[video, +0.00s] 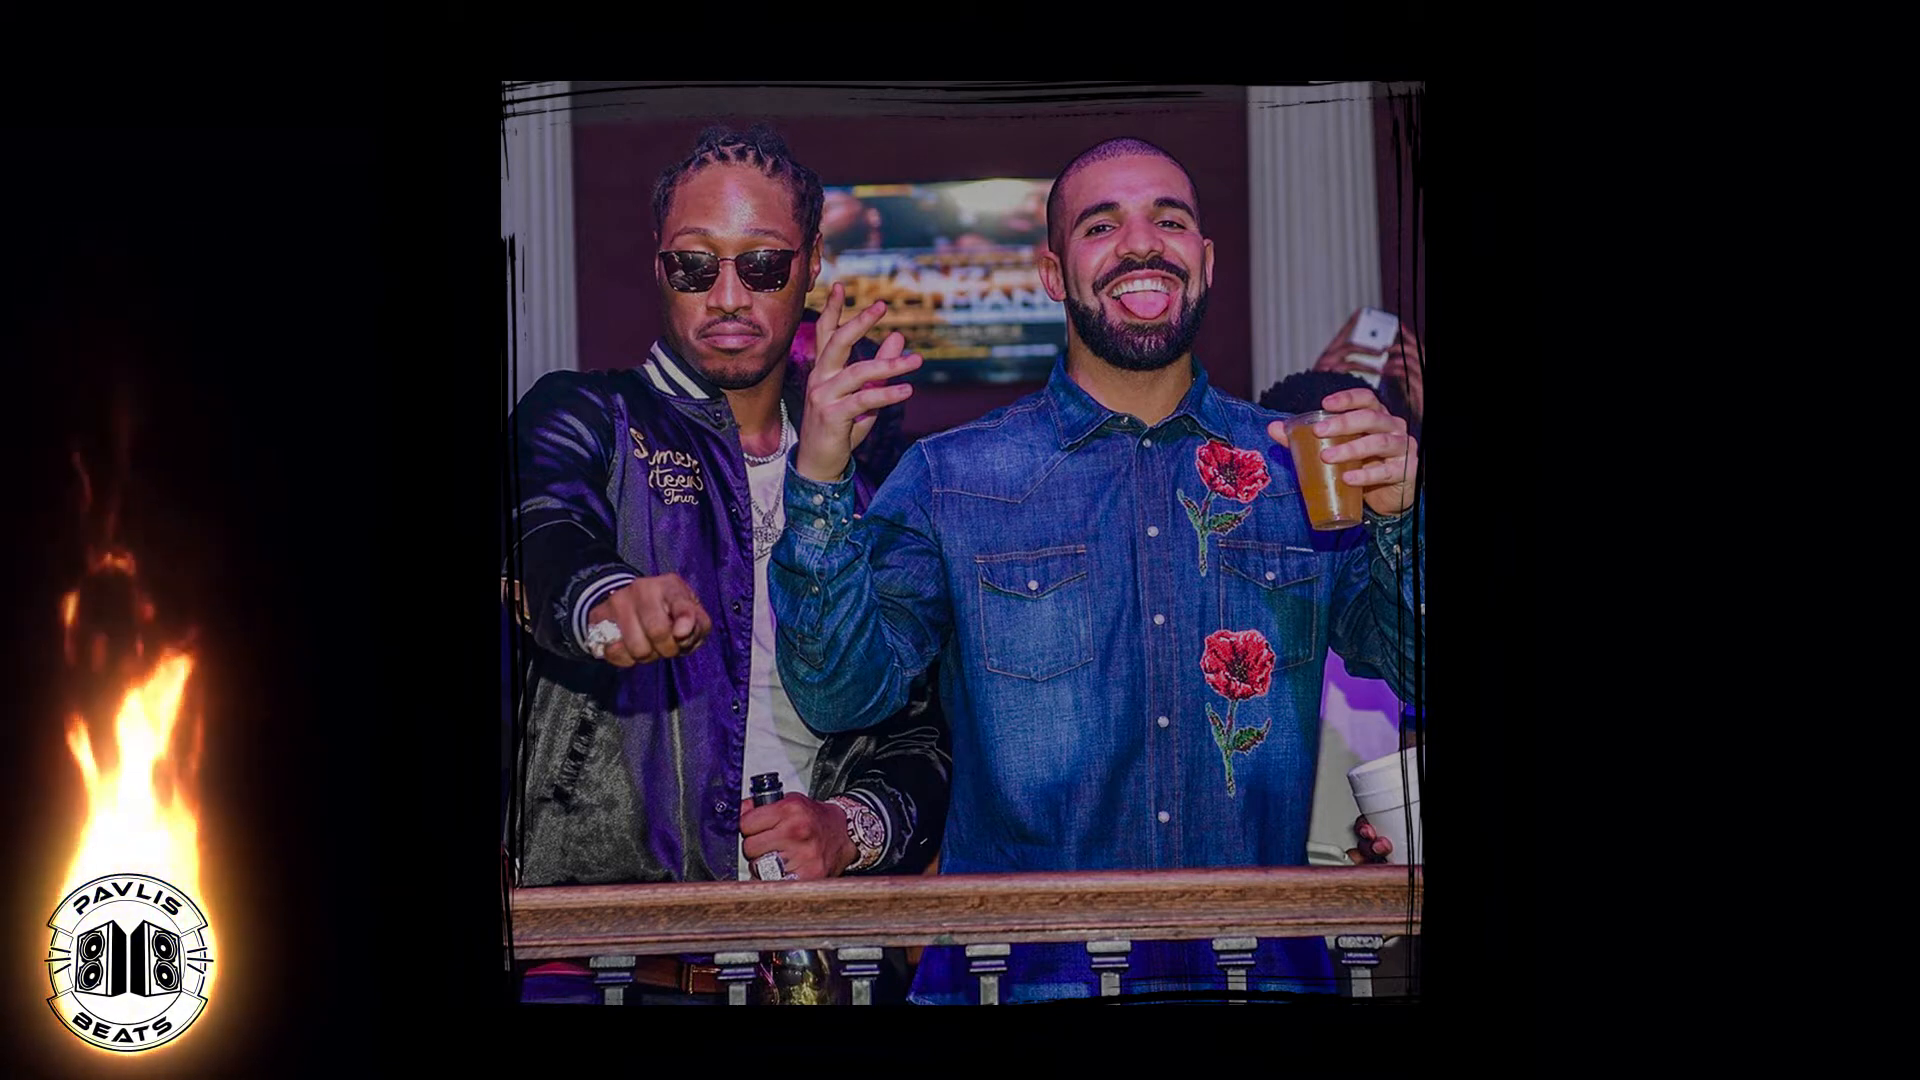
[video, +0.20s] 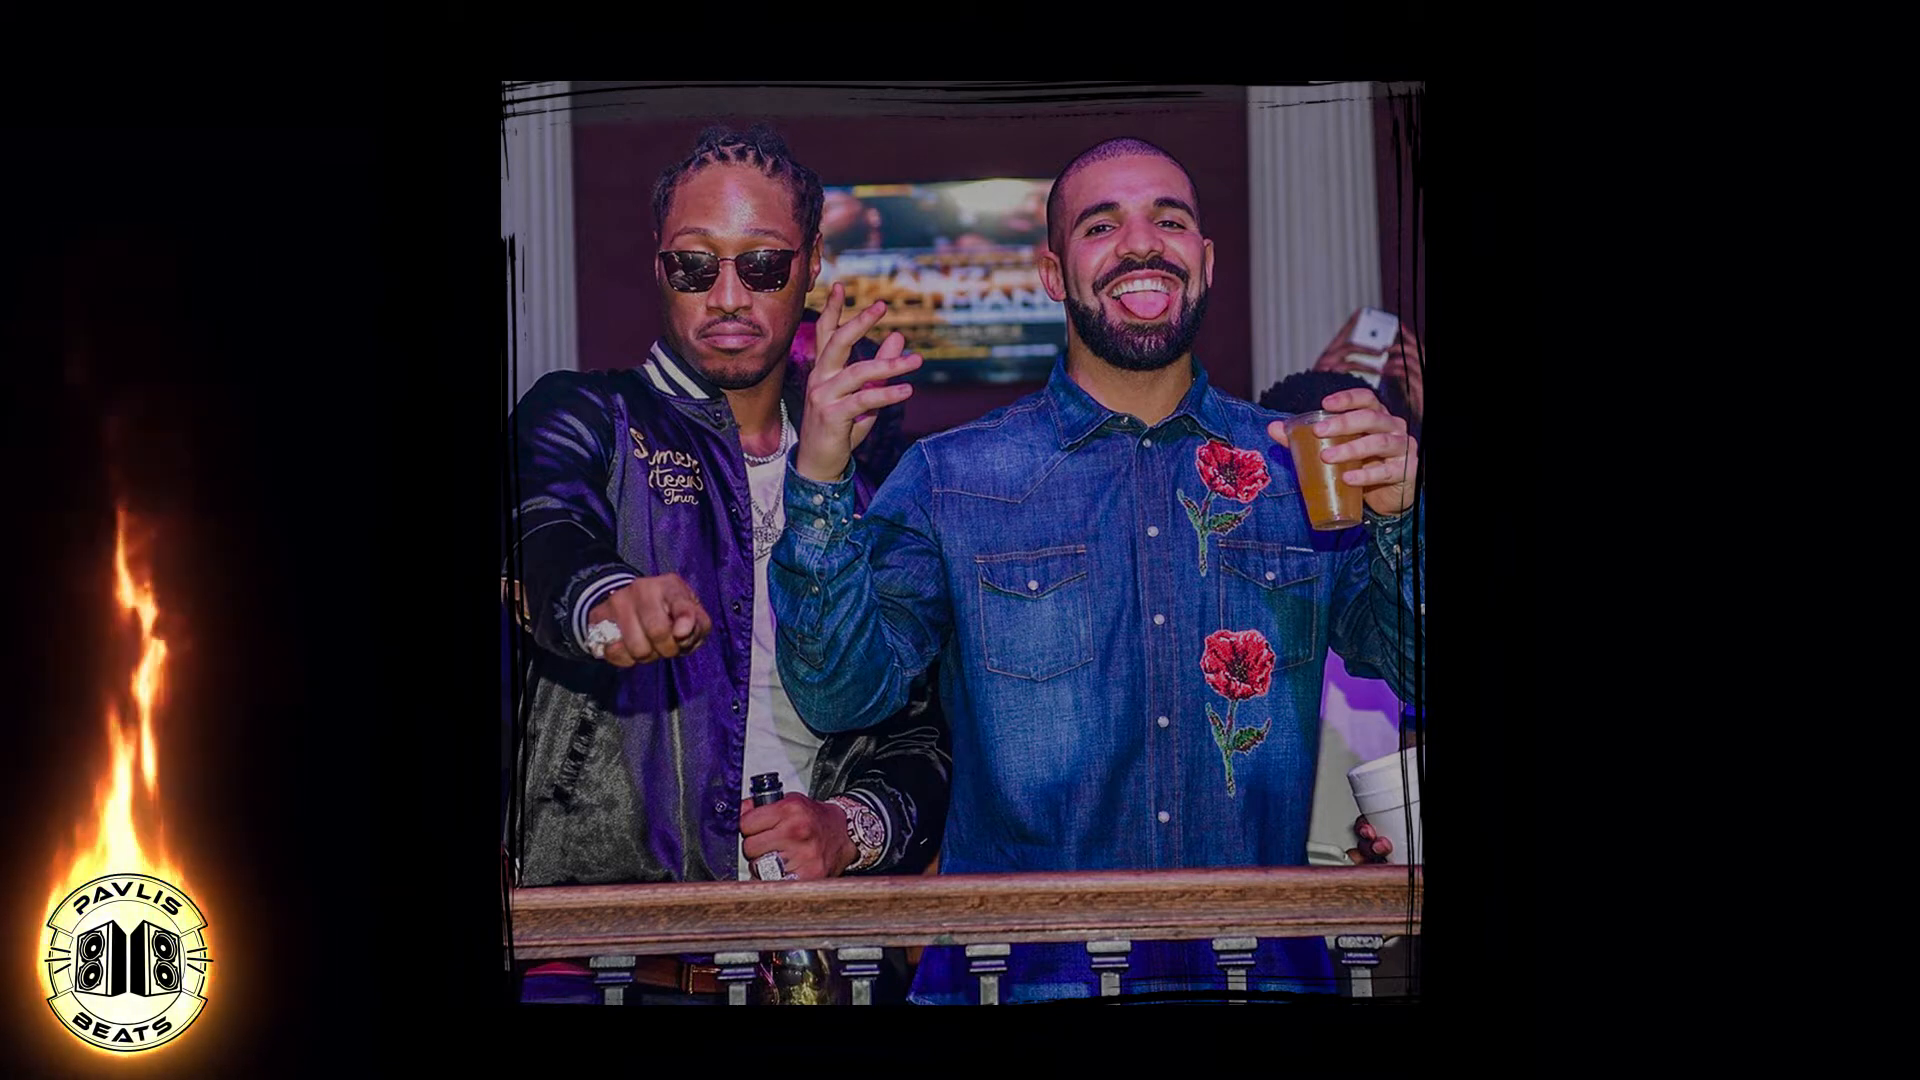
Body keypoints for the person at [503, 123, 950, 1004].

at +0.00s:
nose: (729, 296)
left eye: (764, 266)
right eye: (694, 266)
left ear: (811, 274)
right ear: (658, 272)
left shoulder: (878, 460)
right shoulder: (581, 412)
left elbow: (926, 725)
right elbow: (540, 525)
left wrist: (857, 826)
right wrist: (602, 595)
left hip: (827, 944)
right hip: (605, 943)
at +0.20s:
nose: (729, 296)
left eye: (763, 266)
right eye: (694, 266)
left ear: (811, 274)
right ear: (658, 272)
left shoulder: (878, 460)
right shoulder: (581, 412)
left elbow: (926, 725)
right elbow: (540, 525)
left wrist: (857, 826)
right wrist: (602, 595)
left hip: (827, 944)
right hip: (605, 943)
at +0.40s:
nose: (729, 296)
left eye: (764, 266)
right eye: (694, 266)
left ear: (811, 274)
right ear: (658, 272)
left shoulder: (878, 460)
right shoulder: (581, 412)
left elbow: (926, 725)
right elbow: (540, 525)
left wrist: (857, 826)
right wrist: (602, 595)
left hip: (827, 943)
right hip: (605, 943)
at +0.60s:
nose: (729, 296)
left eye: (764, 266)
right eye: (694, 266)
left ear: (811, 274)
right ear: (658, 272)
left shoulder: (878, 460)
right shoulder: (581, 412)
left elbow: (926, 725)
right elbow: (540, 525)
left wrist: (857, 826)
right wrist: (602, 595)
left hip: (827, 943)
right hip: (605, 943)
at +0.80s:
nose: (729, 296)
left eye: (764, 266)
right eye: (694, 266)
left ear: (811, 274)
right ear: (658, 272)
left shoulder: (878, 459)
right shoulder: (581, 412)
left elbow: (926, 724)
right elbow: (540, 526)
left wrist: (855, 825)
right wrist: (601, 595)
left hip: (827, 942)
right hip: (606, 942)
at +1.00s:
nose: (729, 296)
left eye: (763, 266)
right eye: (694, 266)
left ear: (811, 274)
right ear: (658, 272)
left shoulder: (878, 460)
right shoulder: (581, 411)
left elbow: (927, 725)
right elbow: (540, 525)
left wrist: (857, 826)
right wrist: (602, 595)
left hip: (828, 944)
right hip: (606, 943)